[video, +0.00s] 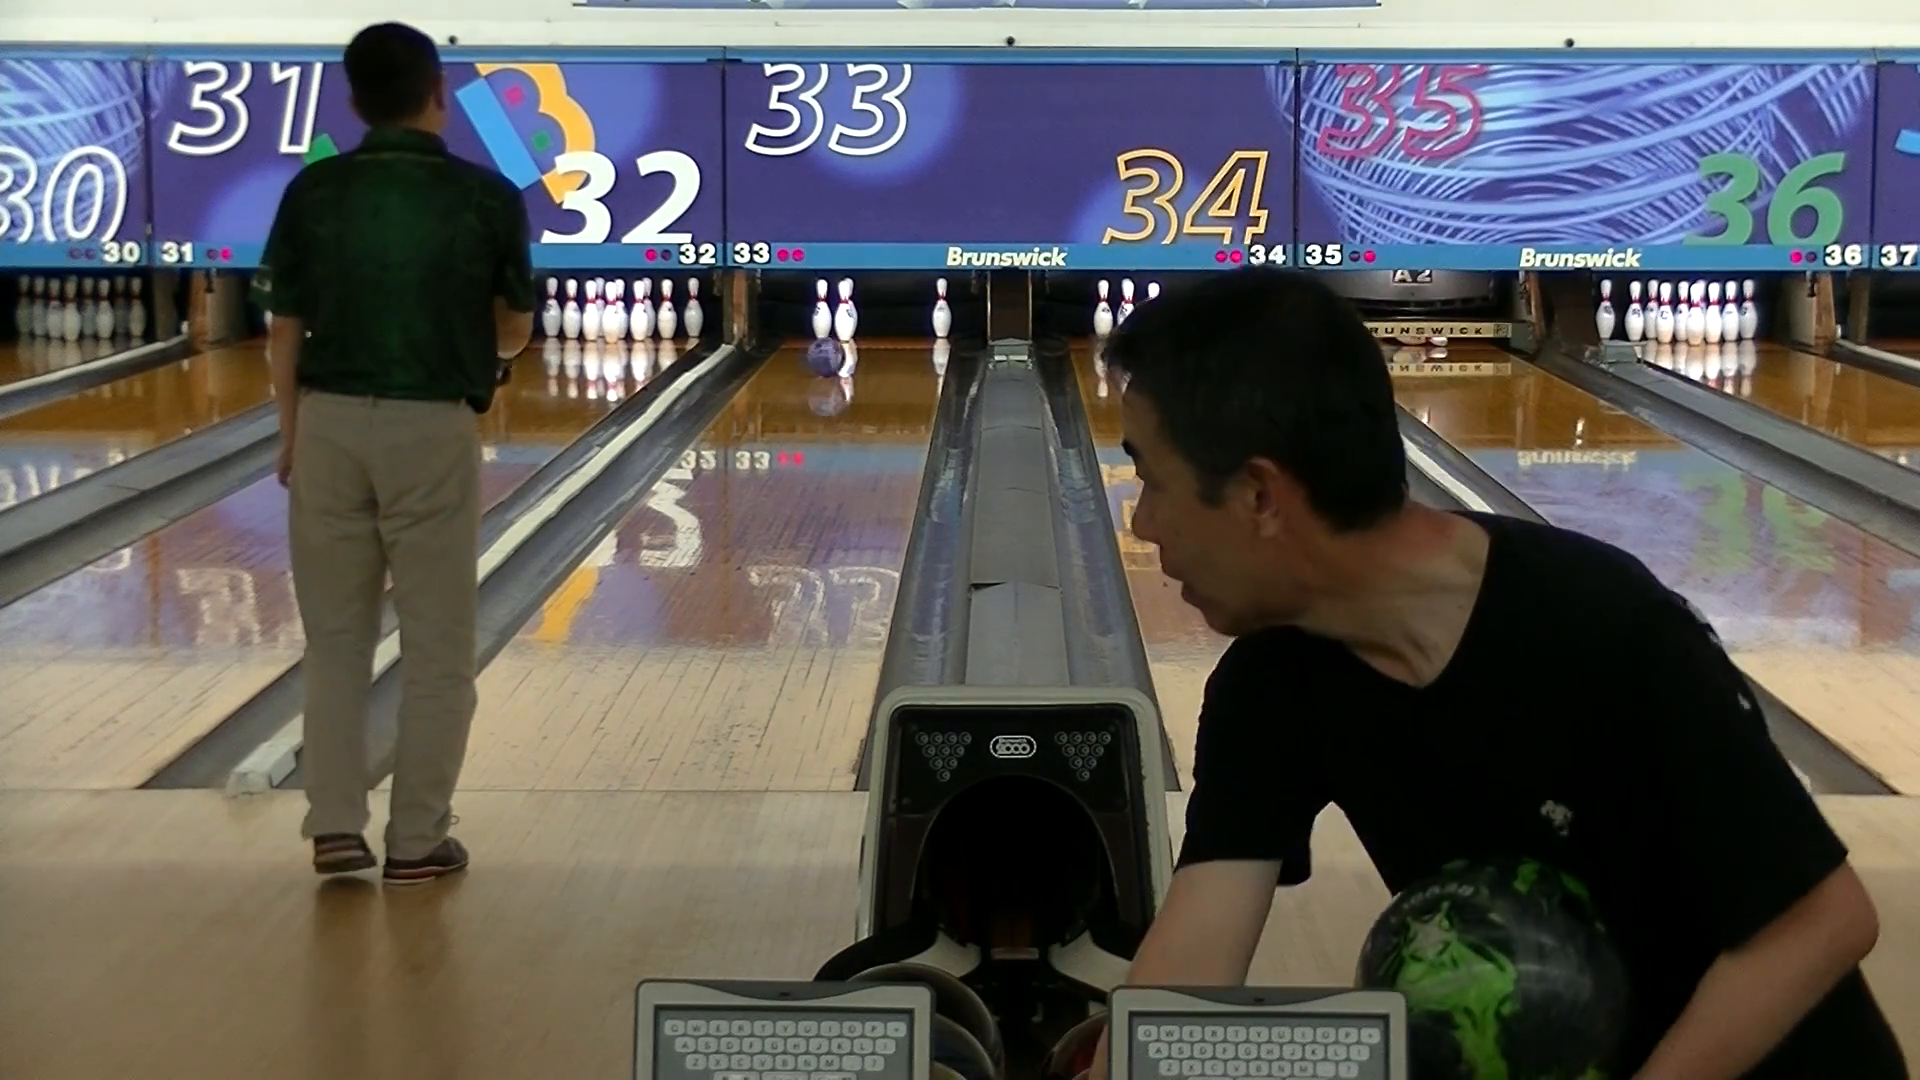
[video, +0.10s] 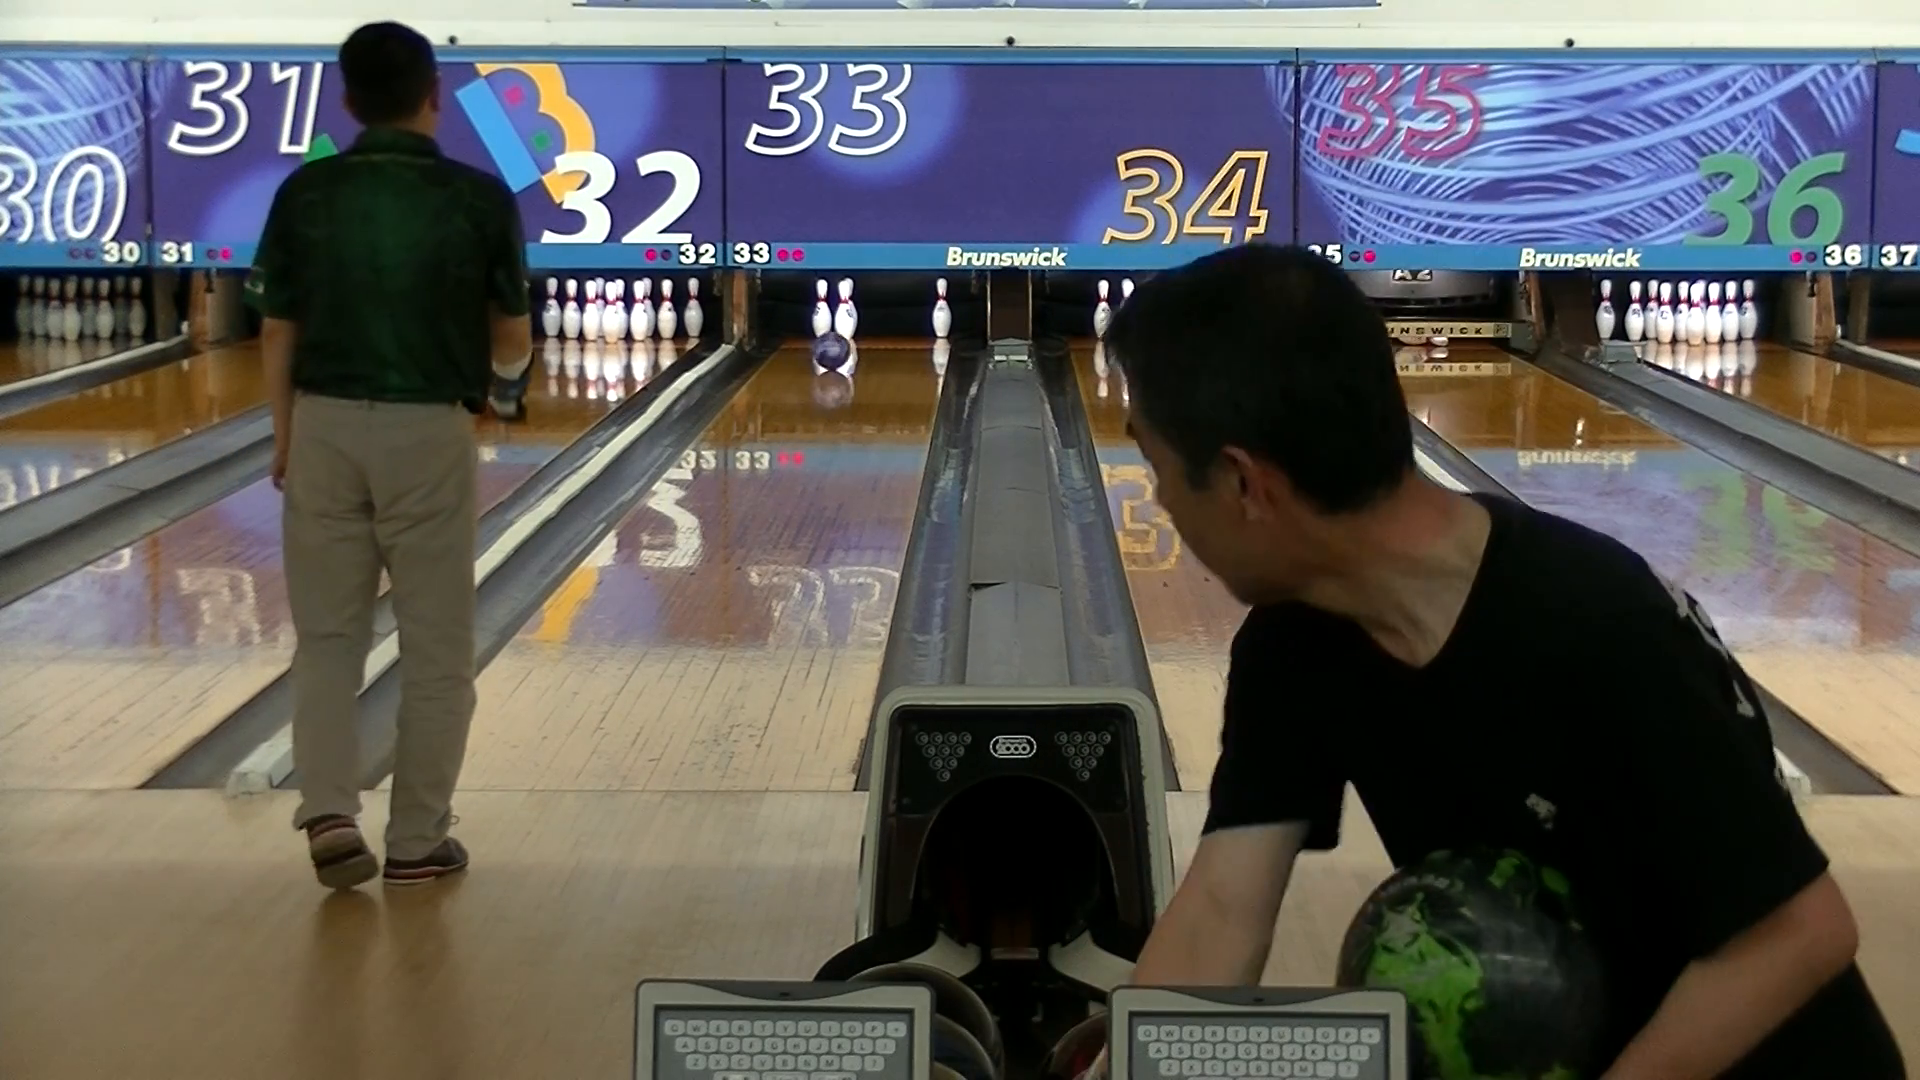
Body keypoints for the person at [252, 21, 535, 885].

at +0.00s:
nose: (446, 97)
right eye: (442, 86)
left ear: (354, 101)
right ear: (438, 94)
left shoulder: (313, 188)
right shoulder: (487, 196)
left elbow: (283, 329)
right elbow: (513, 328)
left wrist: (289, 430)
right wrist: (458, 323)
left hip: (326, 429)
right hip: (432, 433)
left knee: (334, 636)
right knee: (438, 641)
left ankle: (335, 832)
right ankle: (417, 840)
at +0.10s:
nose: (440, 100)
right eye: (436, 89)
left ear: (347, 100)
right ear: (434, 96)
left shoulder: (306, 190)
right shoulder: (479, 197)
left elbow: (278, 330)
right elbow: (511, 338)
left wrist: (283, 433)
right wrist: (458, 323)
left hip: (321, 431)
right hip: (428, 435)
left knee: (326, 632)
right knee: (437, 641)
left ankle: (330, 814)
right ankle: (418, 839)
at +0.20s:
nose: (430, 105)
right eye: (428, 94)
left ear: (337, 101)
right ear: (424, 101)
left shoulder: (292, 193)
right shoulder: (468, 200)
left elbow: (268, 331)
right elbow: (505, 338)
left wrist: (276, 432)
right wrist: (513, 432)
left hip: (311, 436)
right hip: (422, 439)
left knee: (316, 647)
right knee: (434, 647)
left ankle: (320, 842)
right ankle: (416, 840)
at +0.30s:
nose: (417, 106)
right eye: (416, 93)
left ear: (324, 103)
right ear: (411, 101)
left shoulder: (277, 199)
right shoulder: (453, 205)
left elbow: (258, 342)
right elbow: (491, 347)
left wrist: (269, 441)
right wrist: (521, 458)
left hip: (299, 441)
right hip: (408, 444)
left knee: (308, 659)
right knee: (431, 653)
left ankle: (315, 862)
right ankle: (417, 839)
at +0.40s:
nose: (406, 103)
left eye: (385, 88)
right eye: (403, 90)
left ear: (312, 102)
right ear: (398, 99)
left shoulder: (262, 198)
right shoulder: (438, 204)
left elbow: (241, 344)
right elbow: (480, 347)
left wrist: (261, 444)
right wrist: (510, 461)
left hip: (287, 445)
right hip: (396, 447)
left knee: (302, 665)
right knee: (428, 652)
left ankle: (314, 872)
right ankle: (428, 842)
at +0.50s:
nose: (398, 103)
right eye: (394, 90)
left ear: (304, 101)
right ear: (389, 99)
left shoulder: (252, 199)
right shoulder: (426, 205)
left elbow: (229, 337)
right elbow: (463, 342)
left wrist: (245, 437)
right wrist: (497, 453)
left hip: (278, 450)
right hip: (385, 449)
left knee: (297, 670)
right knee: (432, 656)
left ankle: (315, 874)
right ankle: (438, 846)